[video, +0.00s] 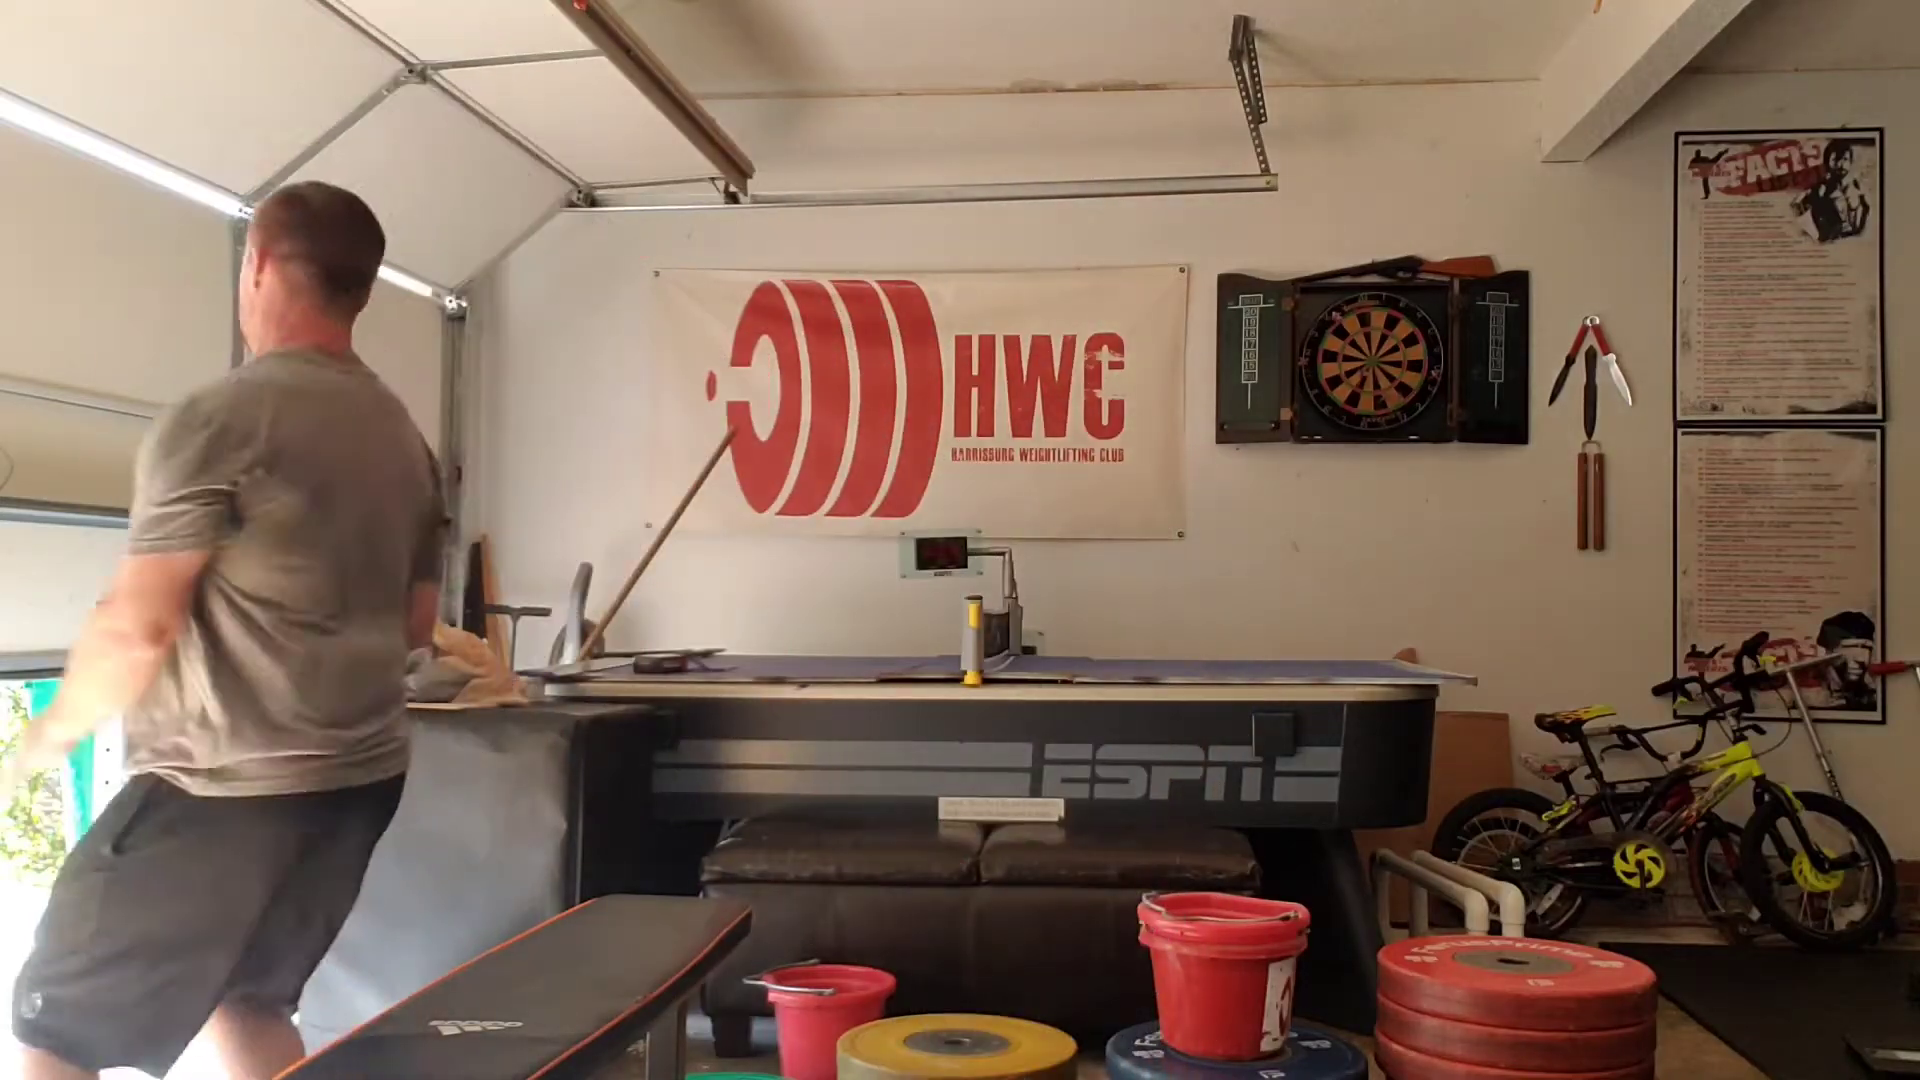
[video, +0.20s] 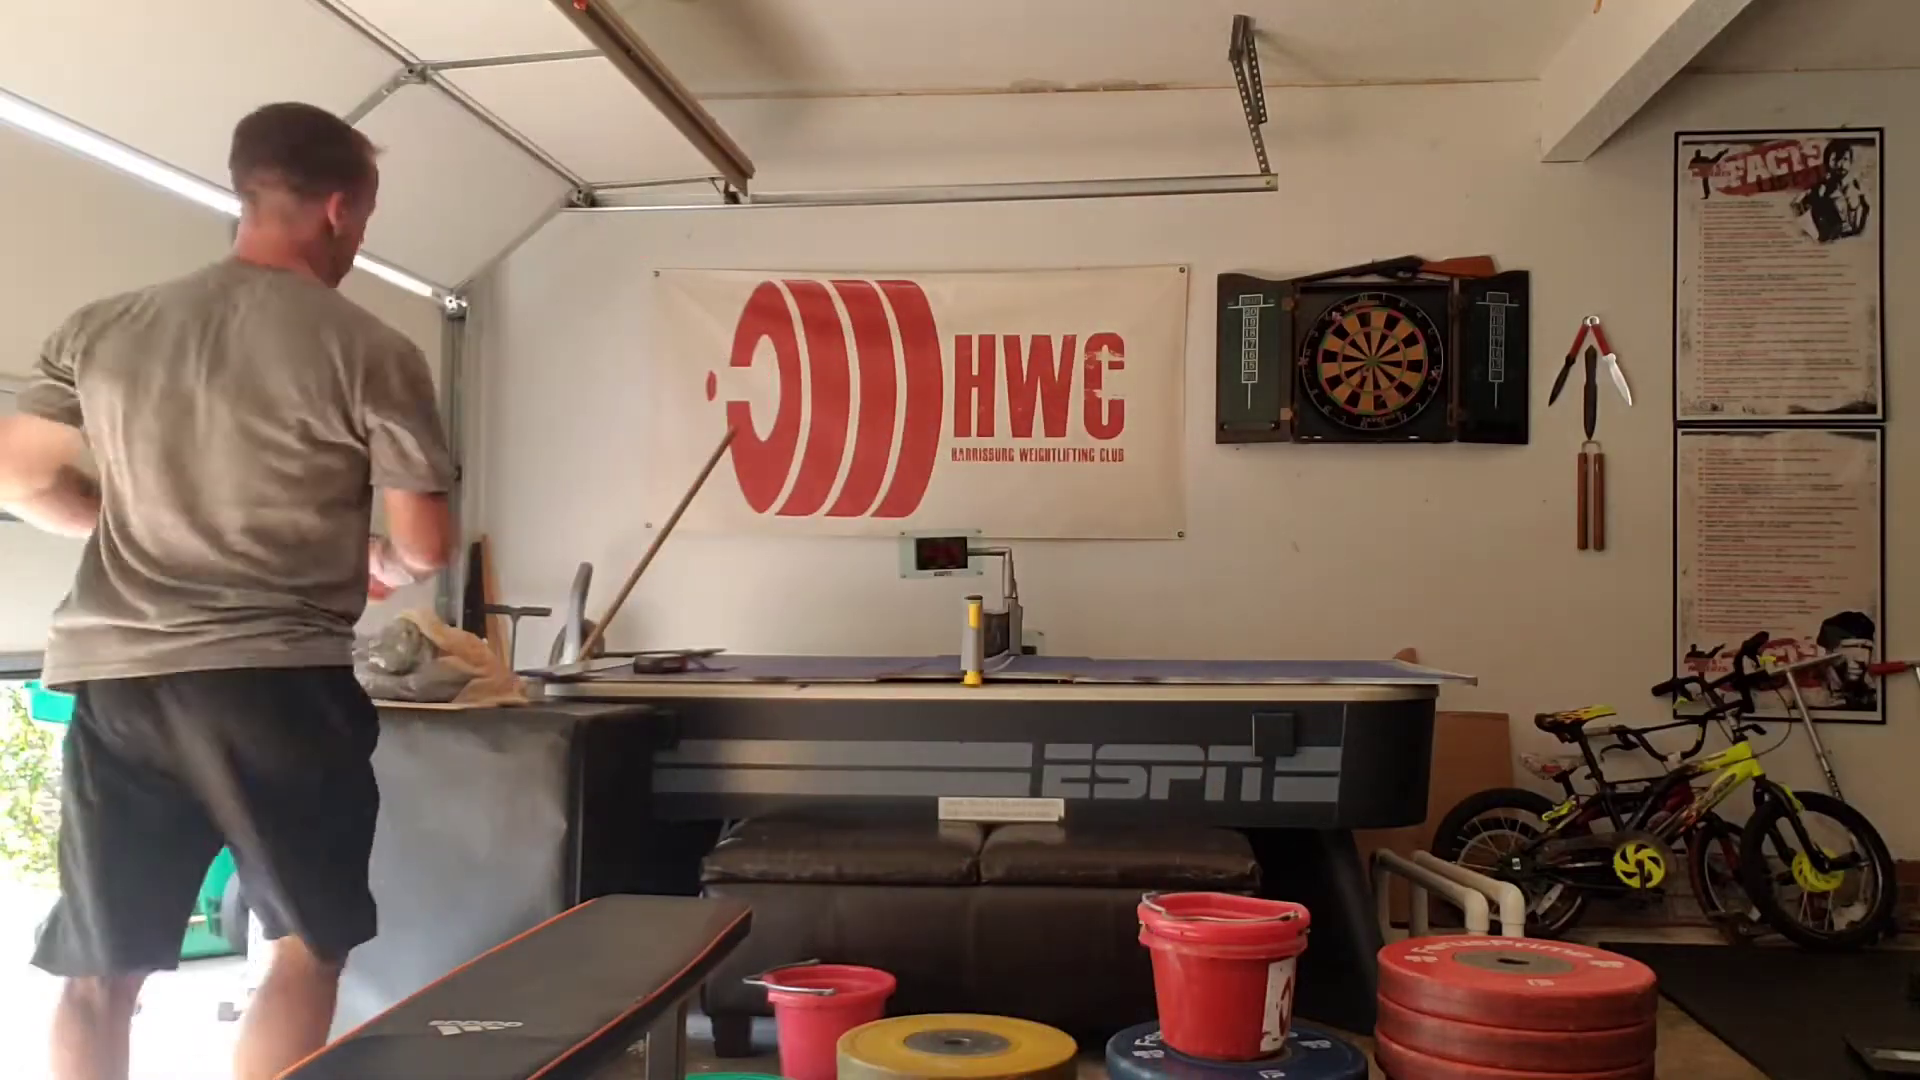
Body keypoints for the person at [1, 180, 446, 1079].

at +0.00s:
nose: (243, 287)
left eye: (246, 266)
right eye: (249, 267)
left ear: (265, 268)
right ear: (362, 289)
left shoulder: (221, 417)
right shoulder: (406, 439)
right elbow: (416, 622)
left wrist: (50, 733)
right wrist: (294, 639)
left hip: (217, 791)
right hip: (360, 780)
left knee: (56, 1041)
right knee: (252, 1005)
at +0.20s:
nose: (362, 232)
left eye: (364, 212)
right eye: (363, 211)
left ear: (243, 198)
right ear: (338, 210)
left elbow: (27, 477)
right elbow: (426, 545)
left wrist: (141, 514)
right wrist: (373, 548)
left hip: (115, 682)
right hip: (277, 681)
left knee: (96, 982)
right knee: (305, 951)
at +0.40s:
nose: (373, 238)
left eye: (371, 214)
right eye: (358, 210)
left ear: (271, 208)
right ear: (278, 203)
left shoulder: (201, 328)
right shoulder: (266, 333)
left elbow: (203, 543)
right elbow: (316, 546)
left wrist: (322, 625)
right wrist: (439, 632)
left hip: (151, 667)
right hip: (216, 673)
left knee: (171, 980)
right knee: (241, 984)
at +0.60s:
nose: (361, 245)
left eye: (363, 223)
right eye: (343, 220)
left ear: (268, 220)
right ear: (259, 215)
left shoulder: (291, 371)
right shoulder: (187, 347)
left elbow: (314, 538)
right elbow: (158, 523)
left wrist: (417, 600)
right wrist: (334, 630)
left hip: (230, 688)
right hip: (152, 678)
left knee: (218, 960)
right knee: (230, 957)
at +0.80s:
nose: (382, 248)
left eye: (385, 227)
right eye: (363, 221)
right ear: (278, 213)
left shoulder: (331, 373)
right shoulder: (200, 339)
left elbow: (357, 527)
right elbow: (61, 481)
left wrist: (431, 636)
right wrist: (122, 654)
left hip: (234, 719)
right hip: (140, 705)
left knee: (187, 990)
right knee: (166, 993)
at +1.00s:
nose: (464, 318)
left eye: (467, 294)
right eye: (445, 288)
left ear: (376, 279)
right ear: (364, 274)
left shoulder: (393, 429)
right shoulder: (253, 387)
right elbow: (45, 434)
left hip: (243, 732)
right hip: (112, 708)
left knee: (281, 952)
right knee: (157, 1002)